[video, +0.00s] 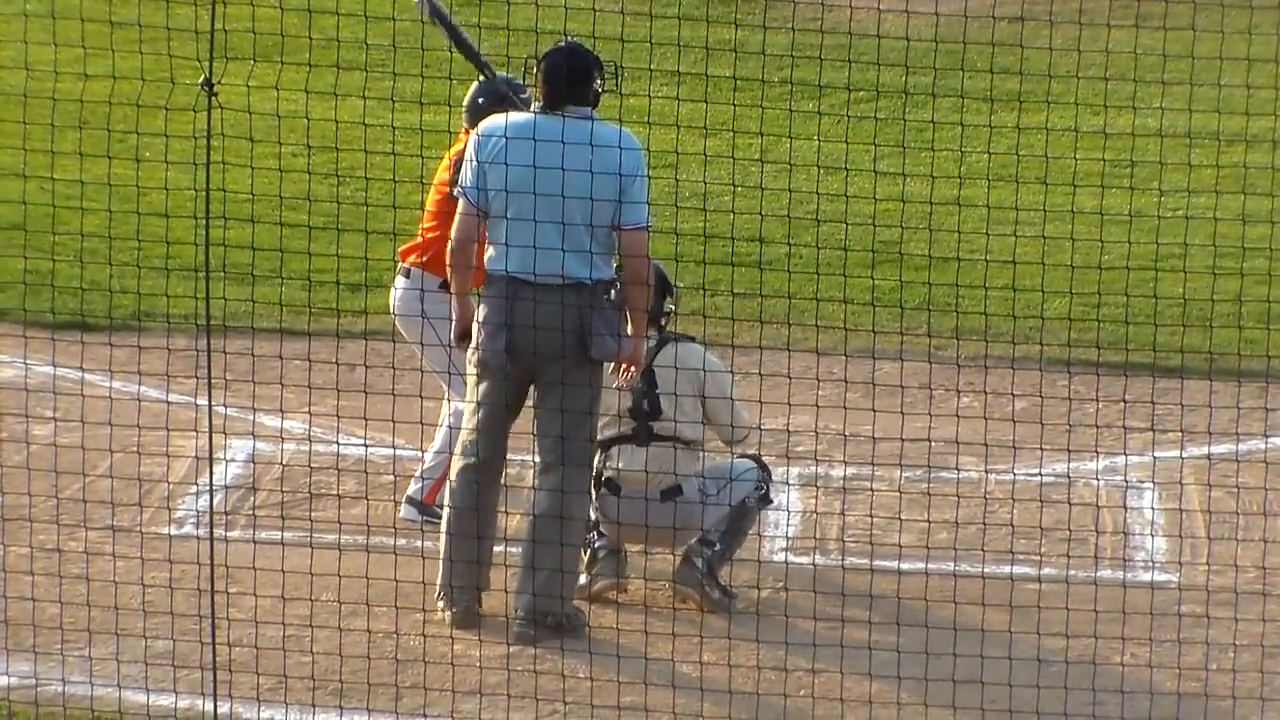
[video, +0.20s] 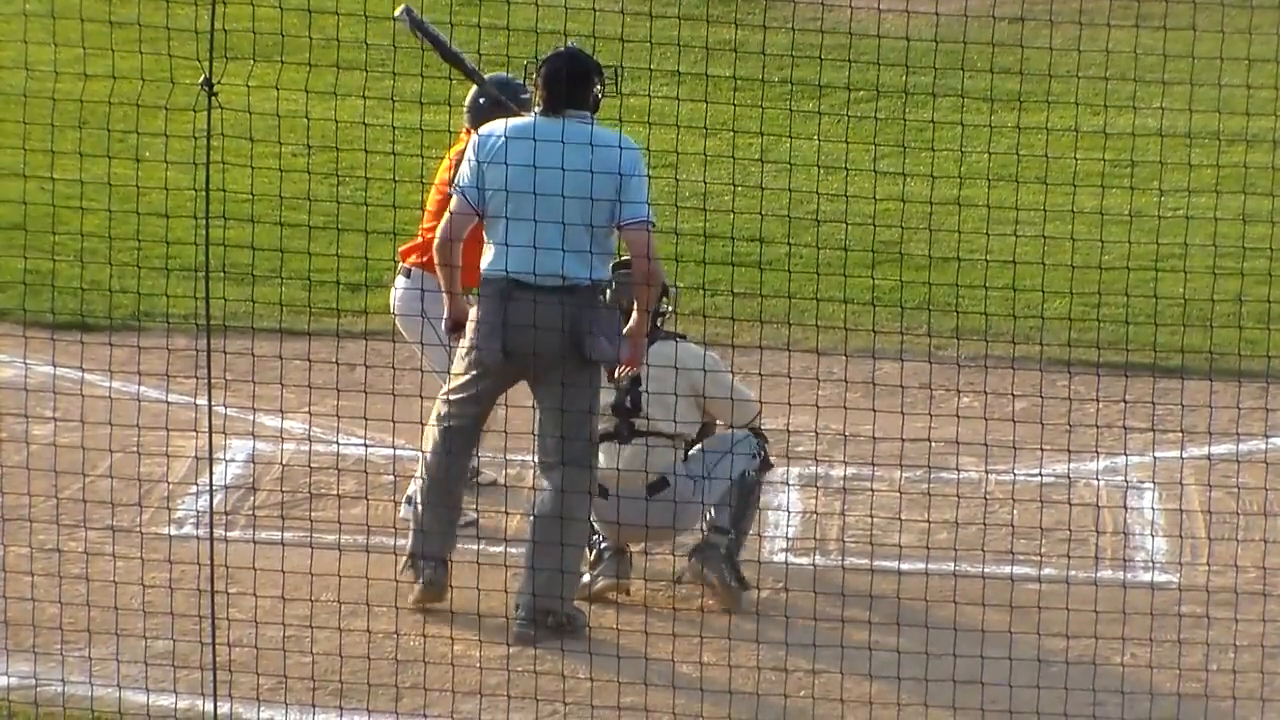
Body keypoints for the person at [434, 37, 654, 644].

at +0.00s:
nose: (594, 96)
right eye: (598, 88)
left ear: (539, 87)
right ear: (595, 91)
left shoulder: (493, 135)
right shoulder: (623, 147)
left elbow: (462, 240)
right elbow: (634, 252)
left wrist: (462, 307)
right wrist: (637, 331)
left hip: (506, 309)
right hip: (581, 315)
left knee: (479, 447)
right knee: (565, 460)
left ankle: (459, 594)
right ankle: (544, 606)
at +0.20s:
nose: (601, 100)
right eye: (599, 93)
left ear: (540, 93)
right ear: (595, 97)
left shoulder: (492, 139)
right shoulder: (621, 152)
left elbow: (448, 236)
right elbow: (642, 258)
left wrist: (454, 305)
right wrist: (640, 327)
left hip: (500, 312)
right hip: (579, 318)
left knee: (452, 424)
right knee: (568, 466)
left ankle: (429, 564)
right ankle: (544, 605)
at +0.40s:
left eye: (528, 109)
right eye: (589, 116)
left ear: (530, 113)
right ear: (586, 118)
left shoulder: (486, 158)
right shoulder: (608, 171)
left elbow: (427, 246)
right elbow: (631, 263)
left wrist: (443, 318)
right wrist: (637, 336)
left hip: (483, 326)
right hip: (560, 334)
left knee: (439, 443)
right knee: (579, 472)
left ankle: (384, 569)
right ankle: (544, 604)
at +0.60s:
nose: (579, 147)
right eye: (576, 140)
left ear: (515, 136)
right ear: (569, 142)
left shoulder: (469, 177)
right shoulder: (584, 186)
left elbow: (404, 256)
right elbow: (600, 270)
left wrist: (429, 333)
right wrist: (630, 340)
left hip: (460, 332)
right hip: (535, 337)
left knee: (431, 437)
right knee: (617, 446)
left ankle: (383, 565)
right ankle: (586, 574)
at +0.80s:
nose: (589, 178)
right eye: (586, 171)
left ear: (527, 169)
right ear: (579, 174)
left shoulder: (483, 210)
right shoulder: (595, 218)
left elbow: (405, 278)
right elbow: (611, 300)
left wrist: (428, 352)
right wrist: (641, 375)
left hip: (462, 362)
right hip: (541, 367)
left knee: (437, 442)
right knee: (633, 466)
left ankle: (383, 562)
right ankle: (646, 604)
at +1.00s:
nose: (604, 230)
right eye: (603, 224)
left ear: (546, 223)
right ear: (597, 228)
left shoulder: (498, 258)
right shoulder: (610, 271)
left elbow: (410, 308)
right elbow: (628, 339)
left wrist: (440, 376)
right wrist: (646, 413)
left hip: (469, 407)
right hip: (548, 412)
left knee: (442, 451)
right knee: (657, 473)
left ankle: (383, 563)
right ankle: (649, 605)